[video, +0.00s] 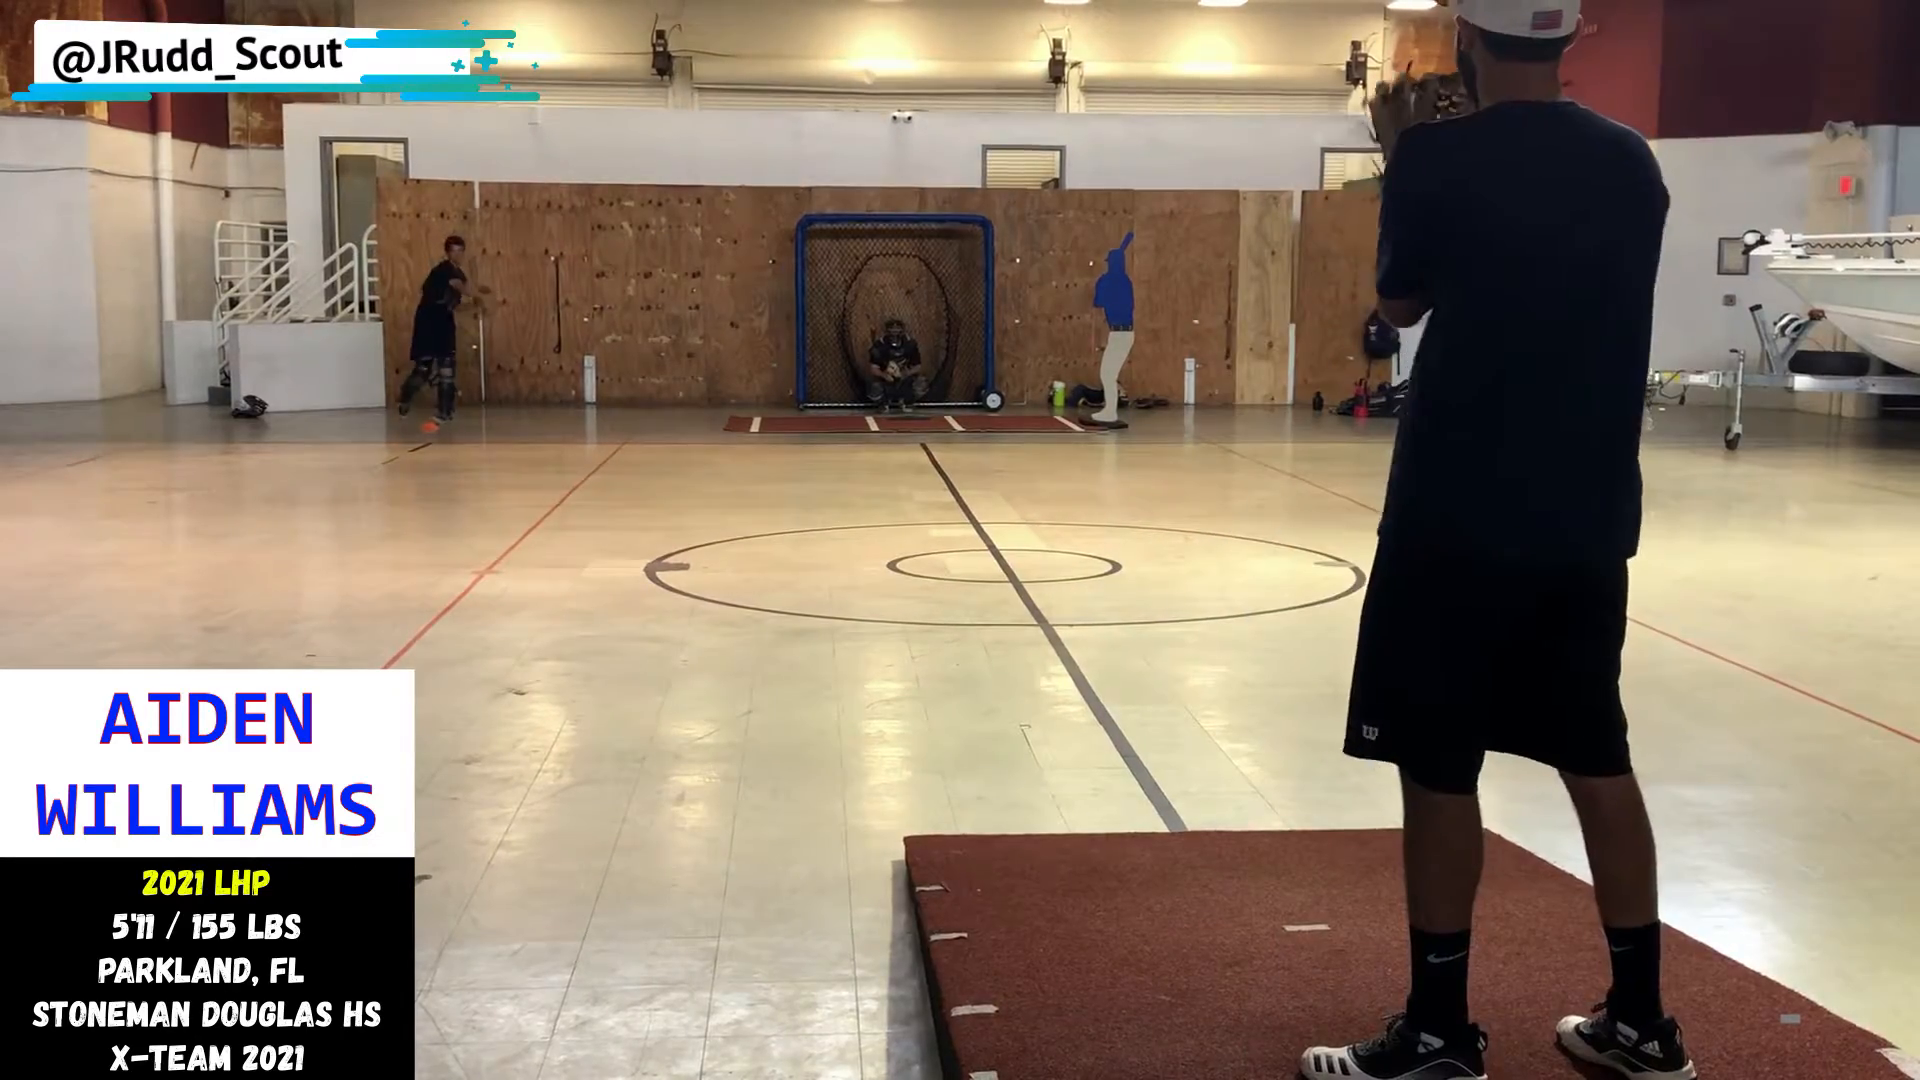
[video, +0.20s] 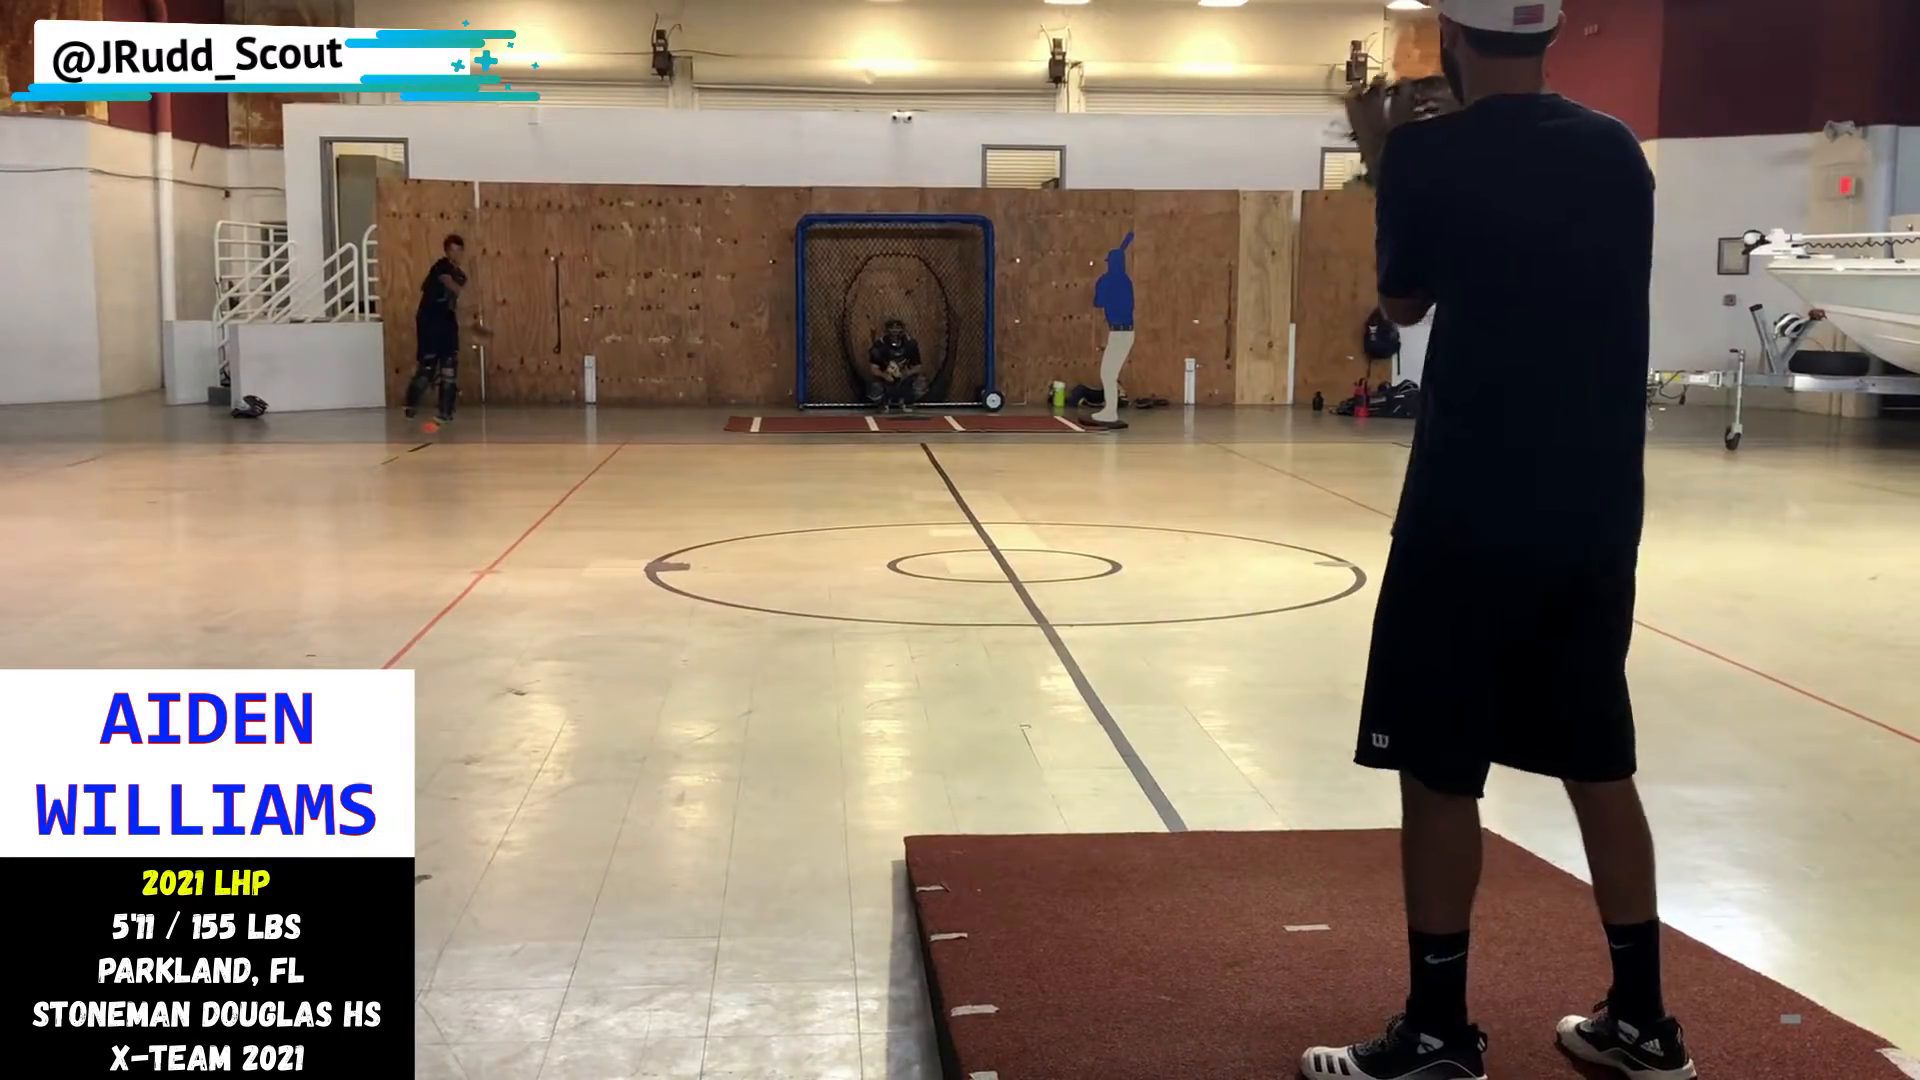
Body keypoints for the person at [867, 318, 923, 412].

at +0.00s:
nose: (895, 335)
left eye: (898, 332)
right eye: (892, 332)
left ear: (902, 332)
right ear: (887, 332)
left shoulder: (910, 344)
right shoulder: (879, 346)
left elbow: (917, 366)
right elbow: (874, 368)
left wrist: (906, 373)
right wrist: (884, 375)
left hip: (904, 379)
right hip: (887, 380)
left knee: (921, 383)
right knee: (875, 386)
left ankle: (906, 402)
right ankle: (883, 405)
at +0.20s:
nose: (895, 333)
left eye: (898, 330)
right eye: (892, 330)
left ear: (902, 331)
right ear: (887, 331)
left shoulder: (910, 344)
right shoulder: (879, 345)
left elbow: (917, 367)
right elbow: (874, 368)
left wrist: (906, 373)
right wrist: (884, 375)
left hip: (904, 379)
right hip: (887, 380)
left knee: (921, 382)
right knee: (875, 385)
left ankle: (907, 403)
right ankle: (883, 405)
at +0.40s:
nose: (896, 335)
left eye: (898, 332)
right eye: (893, 332)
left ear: (903, 331)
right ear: (887, 332)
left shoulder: (911, 343)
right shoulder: (879, 345)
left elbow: (918, 367)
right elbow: (874, 369)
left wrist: (906, 373)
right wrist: (885, 375)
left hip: (905, 379)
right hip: (887, 380)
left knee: (922, 382)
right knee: (876, 386)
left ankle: (907, 403)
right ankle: (884, 405)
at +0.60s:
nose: (895, 335)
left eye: (898, 331)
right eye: (892, 331)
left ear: (902, 331)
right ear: (887, 332)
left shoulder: (910, 344)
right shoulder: (879, 346)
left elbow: (918, 367)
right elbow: (874, 369)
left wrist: (905, 373)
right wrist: (885, 375)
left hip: (904, 379)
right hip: (887, 380)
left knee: (921, 383)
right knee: (875, 386)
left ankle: (907, 403)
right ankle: (883, 405)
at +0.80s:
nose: (895, 334)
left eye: (897, 331)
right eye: (892, 331)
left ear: (902, 331)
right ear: (887, 331)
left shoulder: (911, 343)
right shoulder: (879, 345)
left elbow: (918, 367)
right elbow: (874, 368)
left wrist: (905, 372)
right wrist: (884, 373)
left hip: (905, 380)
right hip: (887, 380)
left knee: (921, 382)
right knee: (875, 385)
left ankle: (907, 403)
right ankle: (882, 405)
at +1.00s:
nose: (895, 330)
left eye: (898, 326)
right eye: (893, 326)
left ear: (903, 326)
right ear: (888, 326)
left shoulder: (911, 340)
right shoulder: (880, 341)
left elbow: (918, 364)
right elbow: (873, 363)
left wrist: (905, 369)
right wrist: (885, 365)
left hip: (906, 376)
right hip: (887, 376)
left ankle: (907, 402)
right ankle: (883, 404)